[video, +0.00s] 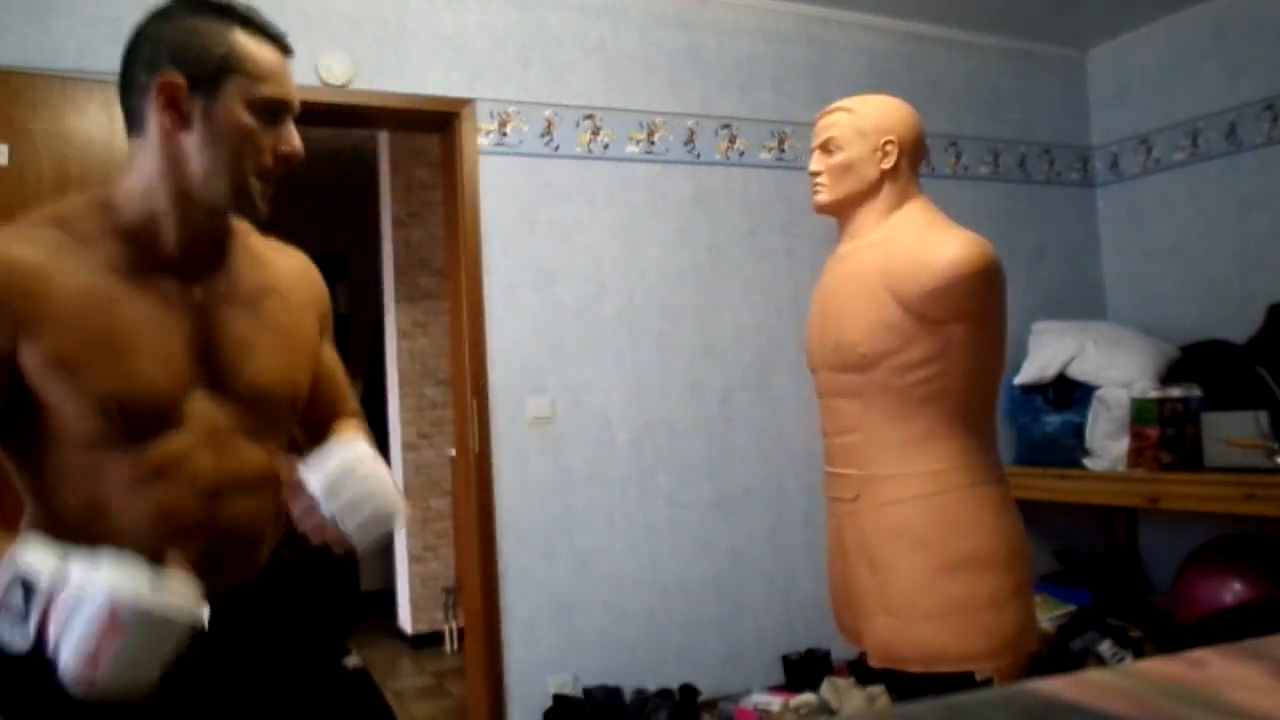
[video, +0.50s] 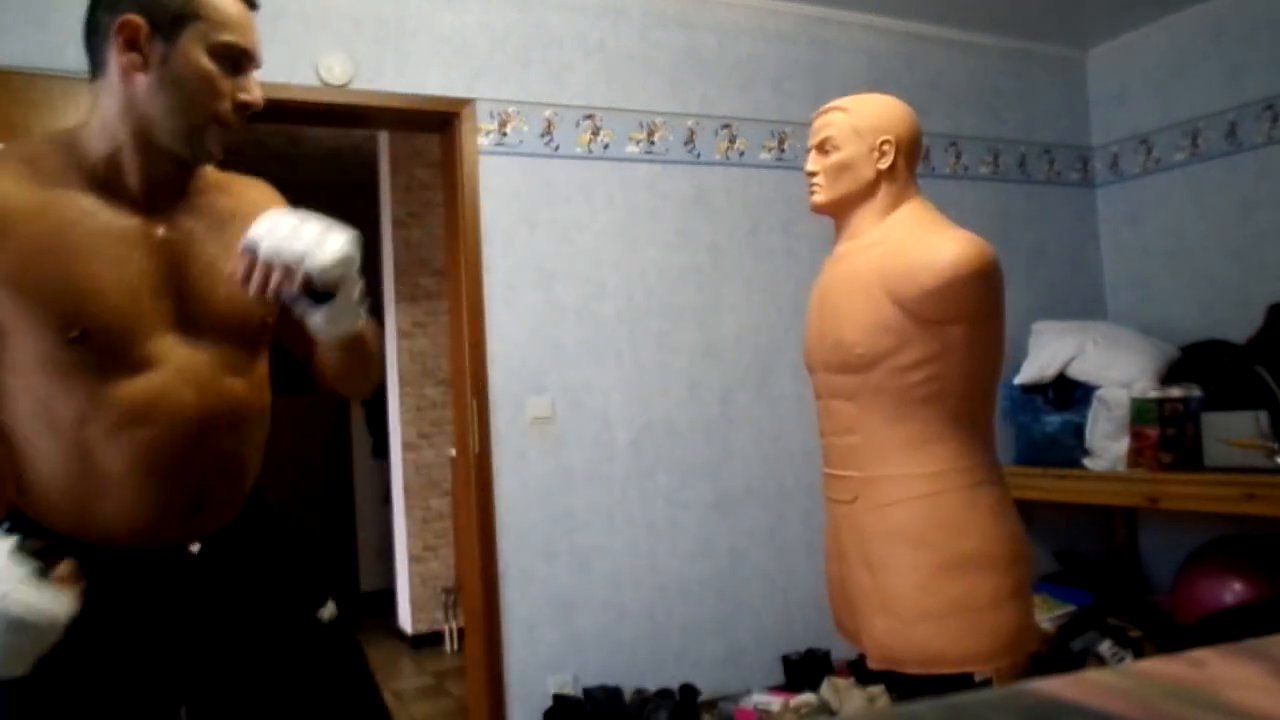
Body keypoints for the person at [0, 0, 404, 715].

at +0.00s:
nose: (294, 146)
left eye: (293, 120)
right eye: (267, 114)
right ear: (172, 106)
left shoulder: (294, 278)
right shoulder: (23, 269)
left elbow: (340, 421)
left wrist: (348, 486)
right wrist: (43, 588)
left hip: (274, 652)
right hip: (94, 668)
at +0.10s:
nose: (277, 80)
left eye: (277, 51)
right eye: (256, 43)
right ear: (162, 28)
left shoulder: (275, 209)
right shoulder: (24, 184)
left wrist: (310, 407)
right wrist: (40, 466)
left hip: (249, 581)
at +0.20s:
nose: (258, 53)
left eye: (258, 26)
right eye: (237, 18)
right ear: (143, 12)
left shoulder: (263, 175)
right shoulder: (19, 147)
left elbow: (296, 324)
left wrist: (323, 324)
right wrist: (27, 396)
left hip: (243, 522)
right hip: (76, 530)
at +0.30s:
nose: (243, 94)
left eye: (239, 67)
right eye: (215, 60)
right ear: (116, 50)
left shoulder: (253, 213)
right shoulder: (14, 197)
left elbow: (328, 376)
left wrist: (330, 373)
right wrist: (22, 434)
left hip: (240, 568)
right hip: (68, 574)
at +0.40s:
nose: (238, 105)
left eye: (236, 78)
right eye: (210, 71)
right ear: (114, 61)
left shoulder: (249, 225)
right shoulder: (13, 215)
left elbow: (330, 406)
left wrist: (330, 379)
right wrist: (9, 514)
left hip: (236, 589)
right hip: (64, 602)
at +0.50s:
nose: (254, 97)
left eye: (253, 70)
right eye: (228, 61)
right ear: (132, 49)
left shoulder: (253, 208)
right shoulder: (16, 191)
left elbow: (357, 381)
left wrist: (338, 303)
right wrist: (1, 552)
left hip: (236, 579)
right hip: (73, 593)